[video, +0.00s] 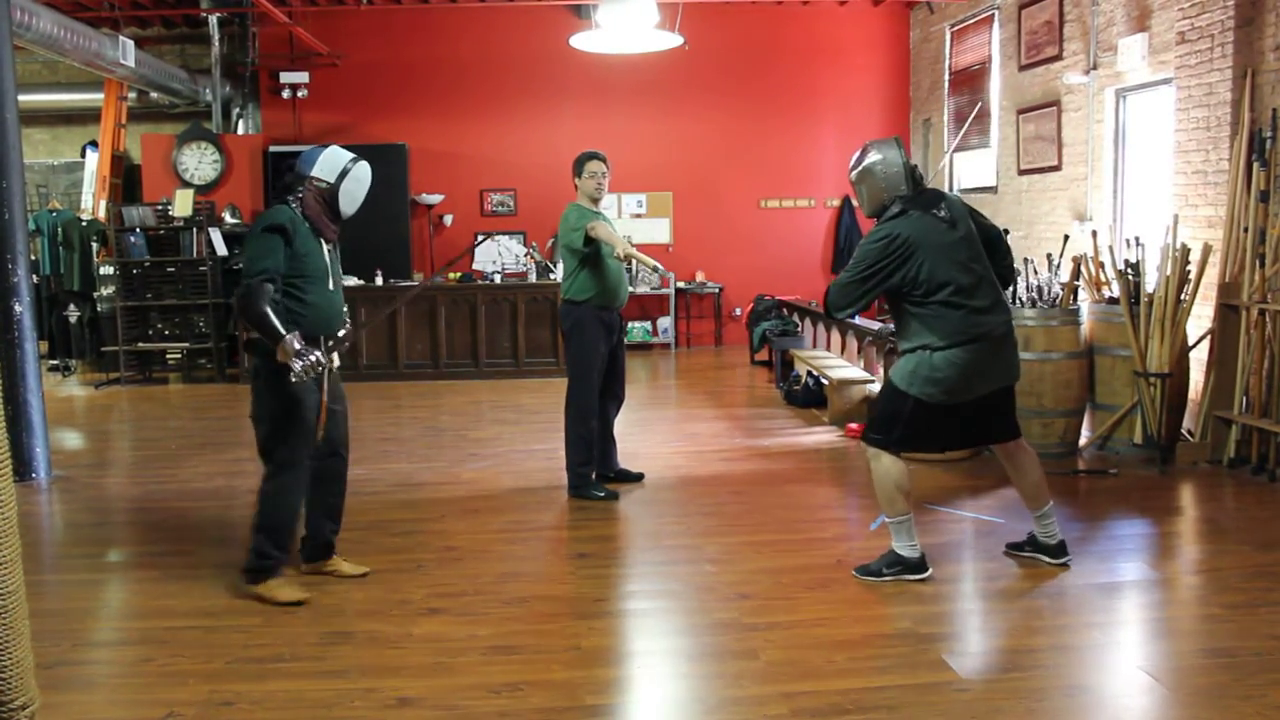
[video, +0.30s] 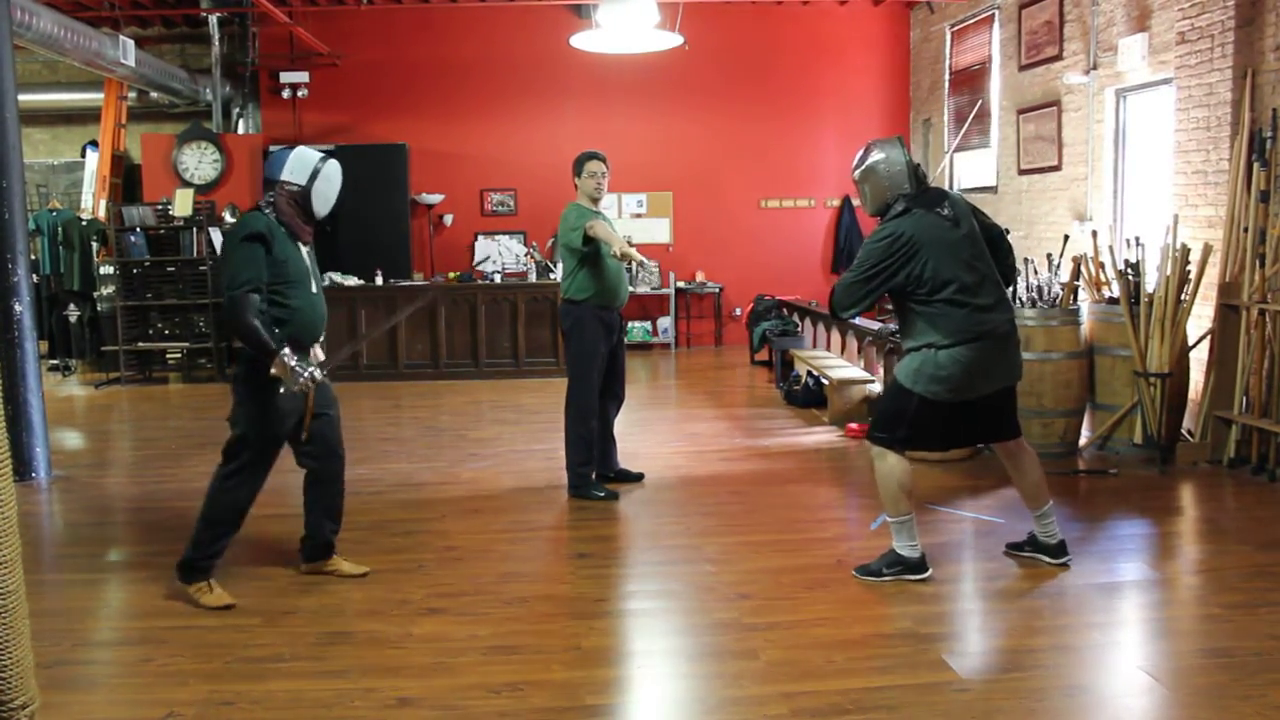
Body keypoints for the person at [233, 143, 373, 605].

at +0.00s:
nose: (350, 202)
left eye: (353, 193)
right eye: (348, 192)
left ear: (327, 185)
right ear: (325, 184)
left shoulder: (325, 233)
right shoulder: (278, 222)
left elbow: (326, 291)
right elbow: (254, 294)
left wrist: (340, 327)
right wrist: (284, 340)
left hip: (324, 365)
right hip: (285, 367)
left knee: (331, 459)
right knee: (289, 464)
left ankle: (319, 554)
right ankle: (264, 571)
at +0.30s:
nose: (328, 201)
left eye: (329, 192)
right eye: (325, 190)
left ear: (297, 185)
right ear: (303, 185)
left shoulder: (297, 234)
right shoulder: (254, 230)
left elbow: (300, 299)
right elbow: (241, 310)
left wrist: (313, 343)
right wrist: (281, 358)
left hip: (304, 370)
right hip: (266, 373)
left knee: (327, 460)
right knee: (244, 470)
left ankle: (319, 554)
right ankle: (195, 573)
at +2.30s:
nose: (295, 208)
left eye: (294, 199)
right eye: (290, 197)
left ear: (259, 193)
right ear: (268, 194)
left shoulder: (263, 242)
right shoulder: (229, 245)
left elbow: (272, 308)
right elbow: (222, 327)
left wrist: (294, 356)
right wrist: (261, 379)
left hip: (286, 373)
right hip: (251, 378)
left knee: (326, 456)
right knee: (237, 479)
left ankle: (332, 554)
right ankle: (190, 585)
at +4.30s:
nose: (312, 211)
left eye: (311, 202)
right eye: (307, 201)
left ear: (279, 200)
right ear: (285, 198)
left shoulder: (283, 246)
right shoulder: (248, 244)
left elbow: (291, 311)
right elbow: (235, 327)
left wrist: (309, 361)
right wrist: (268, 386)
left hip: (300, 379)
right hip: (267, 383)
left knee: (340, 459)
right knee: (244, 483)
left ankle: (336, 555)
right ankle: (193, 584)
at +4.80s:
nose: (338, 216)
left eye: (336, 207)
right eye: (333, 205)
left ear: (306, 203)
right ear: (312, 201)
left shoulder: (305, 244)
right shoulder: (281, 244)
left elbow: (306, 316)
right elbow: (274, 327)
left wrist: (331, 360)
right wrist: (316, 373)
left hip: (321, 370)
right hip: (292, 375)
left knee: (355, 457)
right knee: (302, 473)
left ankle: (338, 553)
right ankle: (249, 582)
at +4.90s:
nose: (337, 219)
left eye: (336, 211)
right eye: (332, 209)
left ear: (304, 204)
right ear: (310, 203)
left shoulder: (305, 245)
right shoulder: (284, 243)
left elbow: (311, 315)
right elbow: (291, 317)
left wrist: (343, 357)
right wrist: (344, 350)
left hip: (319, 374)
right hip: (293, 377)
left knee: (354, 455)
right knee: (305, 472)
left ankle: (338, 553)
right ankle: (247, 581)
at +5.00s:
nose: (333, 209)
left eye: (332, 200)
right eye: (329, 199)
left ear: (289, 196)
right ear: (308, 195)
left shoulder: (270, 240)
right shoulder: (294, 243)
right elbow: (332, 304)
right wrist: (398, 311)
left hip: (306, 371)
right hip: (295, 374)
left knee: (350, 456)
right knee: (307, 469)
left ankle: (338, 554)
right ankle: (241, 579)